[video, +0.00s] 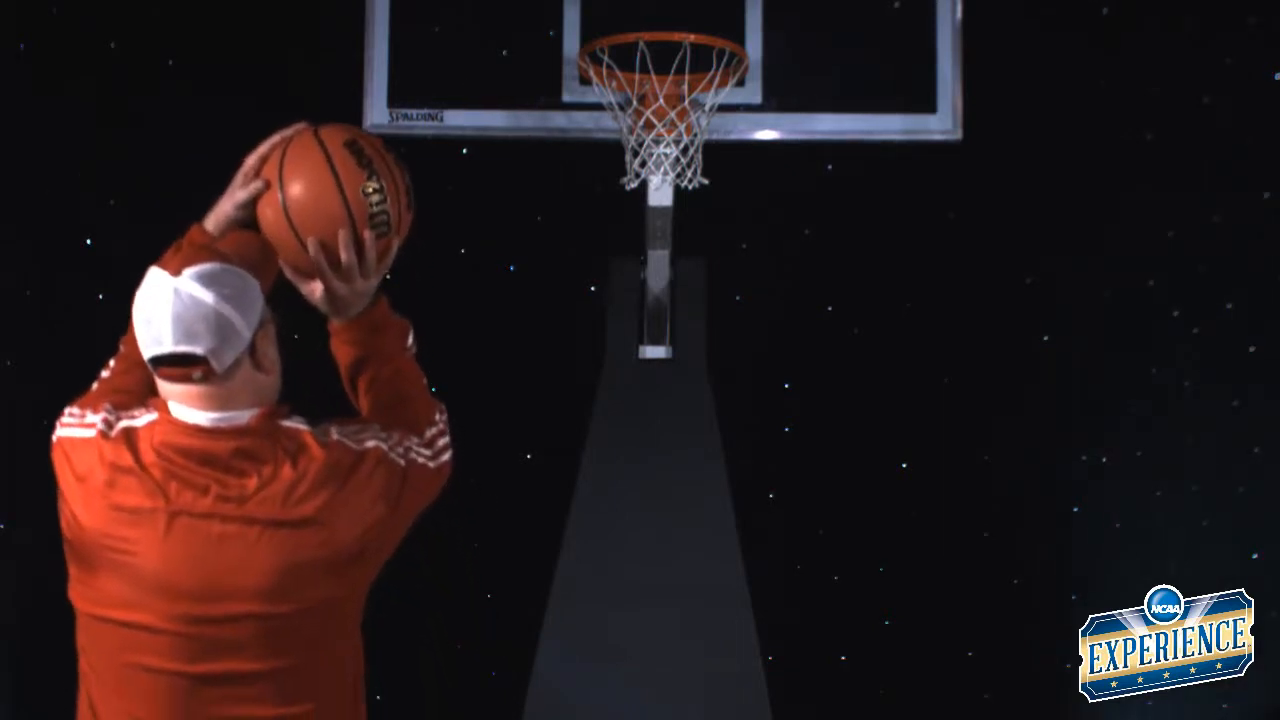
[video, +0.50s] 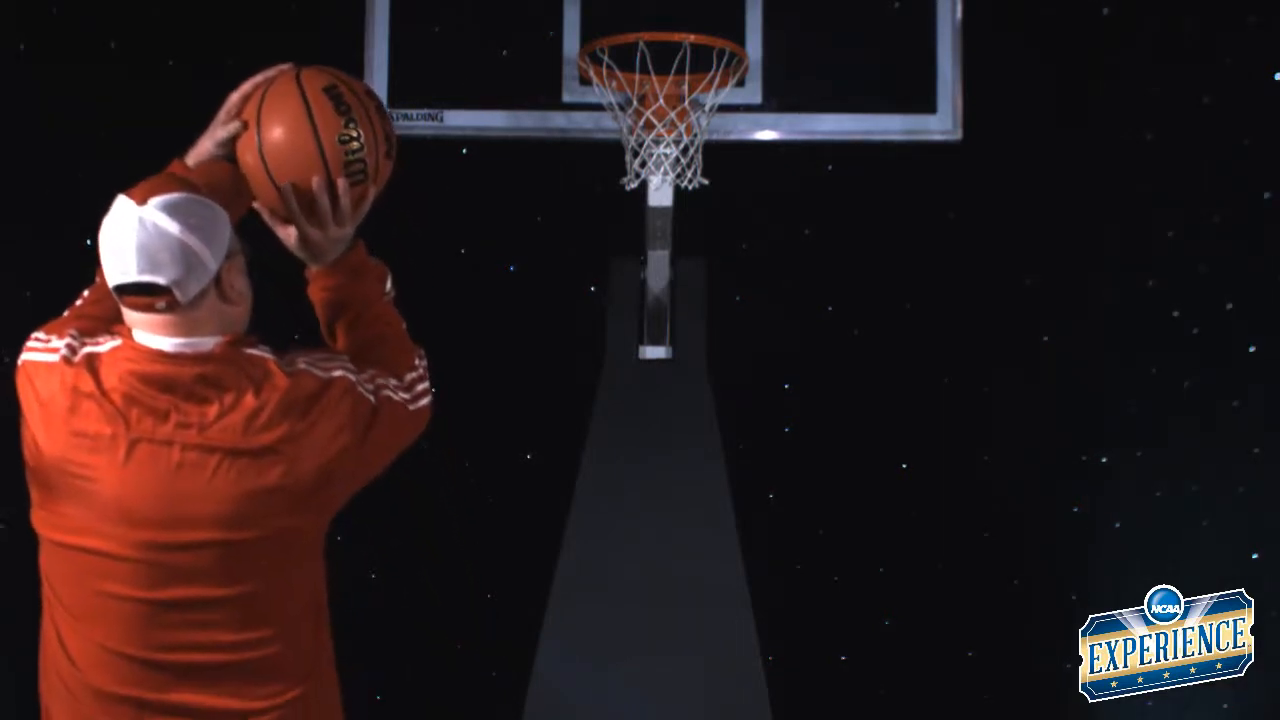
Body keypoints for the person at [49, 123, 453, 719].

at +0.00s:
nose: (275, 335)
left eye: (268, 323)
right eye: (268, 327)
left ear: (152, 350)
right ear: (259, 352)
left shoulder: (89, 469)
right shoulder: (340, 485)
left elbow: (141, 342)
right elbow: (423, 443)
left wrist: (211, 233)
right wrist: (362, 323)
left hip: (116, 710)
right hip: (303, 708)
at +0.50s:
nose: (244, 262)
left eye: (236, 253)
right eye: (236, 255)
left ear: (120, 288)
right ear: (226, 285)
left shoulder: (51, 390)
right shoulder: (303, 416)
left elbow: (117, 270)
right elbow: (405, 390)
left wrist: (198, 168)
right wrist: (342, 267)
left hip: (89, 707)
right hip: (273, 706)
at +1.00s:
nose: (212, 225)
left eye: (206, 213)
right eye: (205, 217)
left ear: (90, 239)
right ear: (191, 242)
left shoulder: (14, 351)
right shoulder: (260, 378)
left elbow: (90, 242)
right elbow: (380, 362)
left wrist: (183, 133)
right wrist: (320, 236)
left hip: (60, 703)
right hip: (243, 703)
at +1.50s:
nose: (176, 210)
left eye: (169, 195)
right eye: (169, 198)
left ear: (50, 224)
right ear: (154, 222)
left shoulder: (3, 325)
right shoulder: (223, 353)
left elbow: (63, 215)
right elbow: (355, 332)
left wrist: (170, 105)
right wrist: (305, 199)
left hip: (33, 698)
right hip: (200, 700)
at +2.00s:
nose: (139, 220)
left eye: (132, 207)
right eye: (131, 207)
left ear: (22, 236)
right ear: (108, 232)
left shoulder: (2, 327)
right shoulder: (170, 355)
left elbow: (39, 193)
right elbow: (300, 271)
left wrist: (158, 117)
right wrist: (301, 129)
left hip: (19, 697)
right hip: (166, 699)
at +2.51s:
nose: (95, 243)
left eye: (83, 232)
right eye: (83, 236)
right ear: (69, 270)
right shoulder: (126, 376)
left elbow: (26, 221)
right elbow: (224, 225)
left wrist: (131, 145)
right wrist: (287, 93)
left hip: (15, 699)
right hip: (136, 702)